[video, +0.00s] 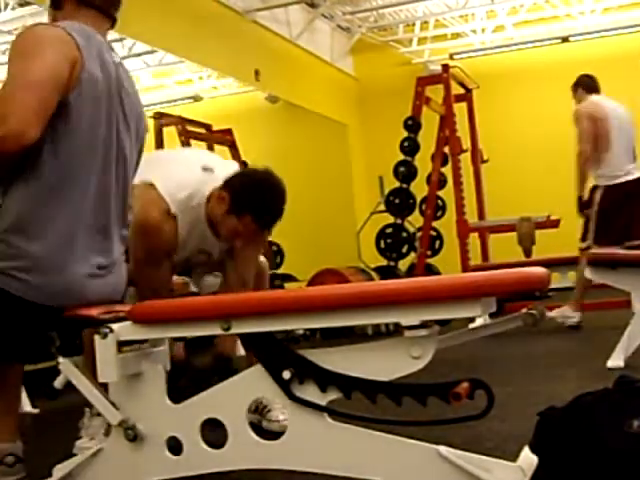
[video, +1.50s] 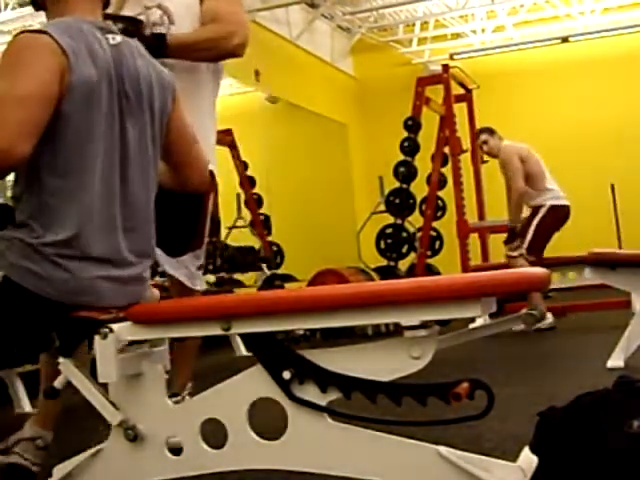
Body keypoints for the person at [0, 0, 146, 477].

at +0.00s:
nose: (48, 11)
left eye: (51, 7)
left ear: (61, 4)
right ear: (112, 16)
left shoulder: (50, 41)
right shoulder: (128, 87)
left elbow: (16, 130)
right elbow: (121, 177)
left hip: (32, 271)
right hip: (105, 276)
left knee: (8, 360)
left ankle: (7, 450)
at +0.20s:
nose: (29, 8)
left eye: (32, 5)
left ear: (41, 2)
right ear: (99, 9)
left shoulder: (37, 31)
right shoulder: (126, 75)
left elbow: (13, 119)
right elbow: (157, 157)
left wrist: (12, 177)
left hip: (40, 265)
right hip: (117, 274)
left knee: (13, 364)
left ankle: (6, 450)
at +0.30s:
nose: (20, 7)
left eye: (22, 4)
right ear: (90, 5)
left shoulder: (32, 31)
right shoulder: (122, 69)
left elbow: (13, 121)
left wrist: (14, 177)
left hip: (49, 264)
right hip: (123, 270)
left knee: (13, 357)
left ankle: (7, 449)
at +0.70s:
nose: (22, 10)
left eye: (24, 7)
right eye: (24, 8)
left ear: (32, 4)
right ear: (95, 6)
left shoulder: (35, 42)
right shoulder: (142, 74)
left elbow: (13, 141)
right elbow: (176, 183)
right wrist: (114, 209)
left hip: (39, 276)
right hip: (118, 283)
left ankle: (8, 451)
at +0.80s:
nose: (30, 11)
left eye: (31, 9)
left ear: (40, 4)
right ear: (108, 7)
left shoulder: (37, 41)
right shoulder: (149, 74)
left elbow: (10, 143)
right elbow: (191, 176)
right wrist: (121, 207)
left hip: (40, 276)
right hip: (120, 281)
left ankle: (7, 446)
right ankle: (7, 444)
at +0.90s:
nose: (34, 8)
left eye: (36, 5)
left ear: (44, 3)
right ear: (107, 3)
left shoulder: (37, 42)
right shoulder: (152, 72)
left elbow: (10, 143)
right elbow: (194, 175)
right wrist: (125, 198)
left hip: (38, 280)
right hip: (121, 286)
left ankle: (8, 450)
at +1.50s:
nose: (38, 10)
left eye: (40, 7)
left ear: (45, 3)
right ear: (105, 5)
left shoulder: (41, 46)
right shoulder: (154, 74)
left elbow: (11, 147)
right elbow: (194, 175)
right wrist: (130, 159)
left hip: (40, 283)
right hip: (125, 289)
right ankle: (37, 436)